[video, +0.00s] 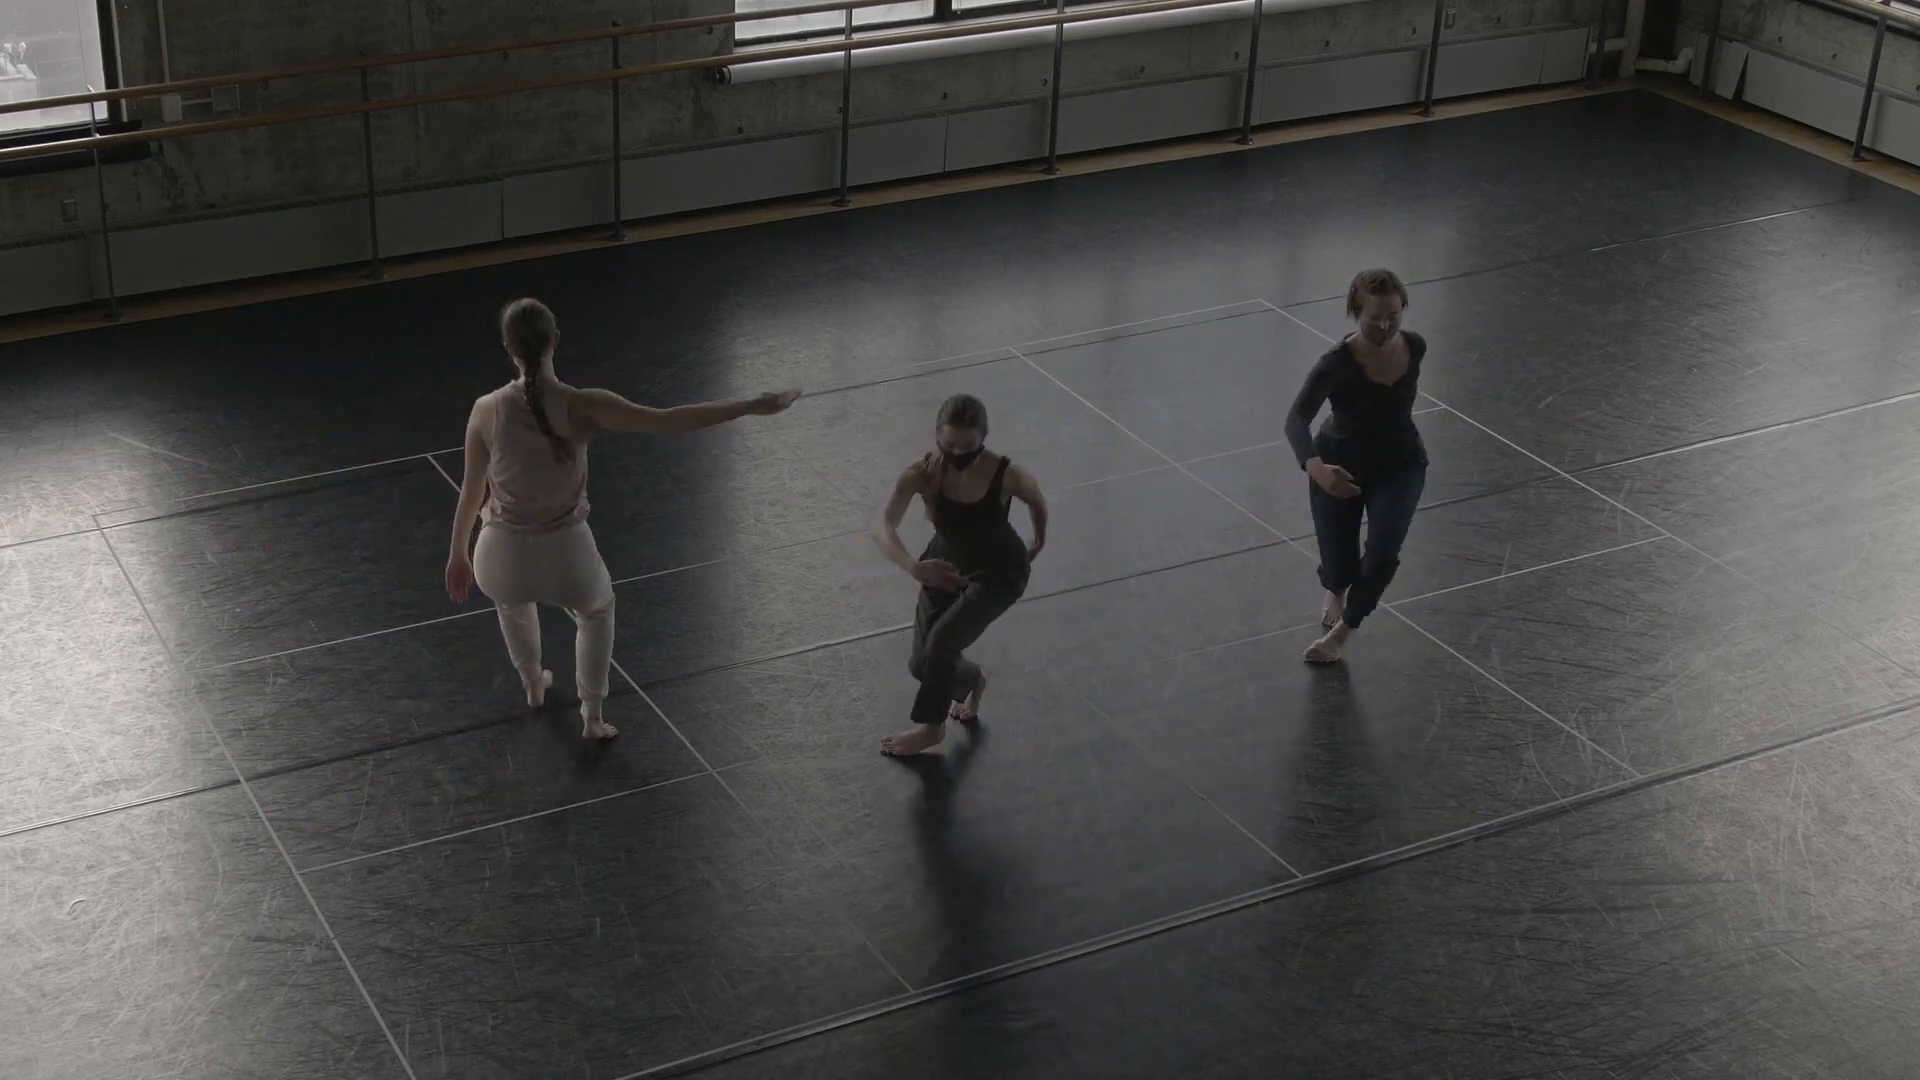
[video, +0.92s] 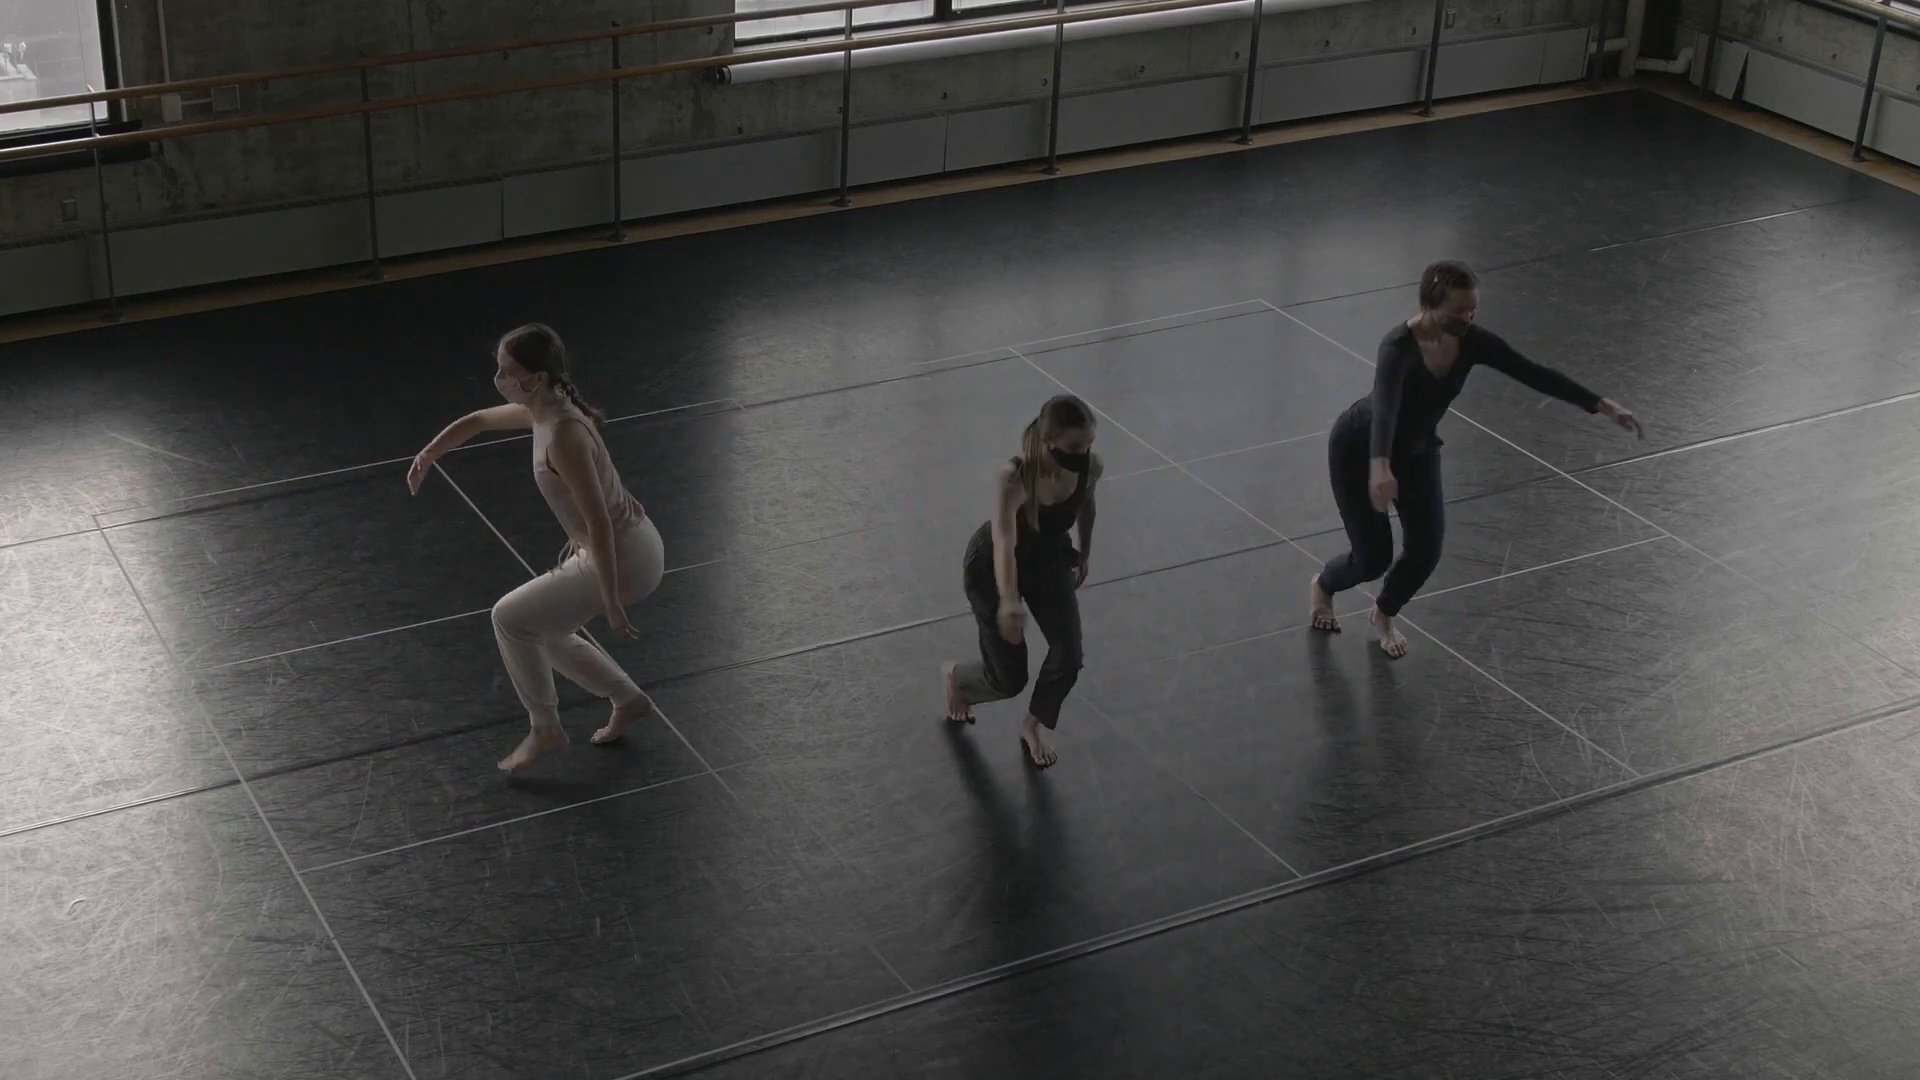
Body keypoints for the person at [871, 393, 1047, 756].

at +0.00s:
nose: (957, 458)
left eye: (966, 451)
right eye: (949, 448)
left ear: (983, 439)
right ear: (937, 434)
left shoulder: (1007, 476)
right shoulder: (920, 474)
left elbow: (1037, 504)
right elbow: (885, 530)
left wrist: (1038, 543)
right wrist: (913, 567)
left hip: (999, 568)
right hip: (947, 559)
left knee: (941, 642)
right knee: (921, 664)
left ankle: (933, 728)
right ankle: (972, 678)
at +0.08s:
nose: (985, 438)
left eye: (993, 430)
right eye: (977, 431)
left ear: (1003, 421)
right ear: (957, 422)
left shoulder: (1019, 452)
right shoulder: (933, 459)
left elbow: (1033, 487)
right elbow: (909, 519)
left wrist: (1026, 527)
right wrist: (954, 558)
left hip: (1005, 549)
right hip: (949, 549)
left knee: (978, 643)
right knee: (946, 651)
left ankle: (939, 736)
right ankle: (965, 697)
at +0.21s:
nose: (1015, 441)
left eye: (1020, 432)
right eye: (1005, 435)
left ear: (1027, 423)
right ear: (982, 428)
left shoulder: (1034, 451)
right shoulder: (953, 464)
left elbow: (1028, 493)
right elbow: (945, 531)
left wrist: (1017, 527)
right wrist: (1006, 562)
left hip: (1007, 546)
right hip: (952, 552)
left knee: (1016, 640)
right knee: (973, 653)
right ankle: (961, 693)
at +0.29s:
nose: (1033, 459)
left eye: (1036, 451)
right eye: (1024, 454)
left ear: (1040, 442)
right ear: (997, 448)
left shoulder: (1040, 466)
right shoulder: (967, 484)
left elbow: (1015, 502)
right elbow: (972, 556)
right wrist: (1041, 581)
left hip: (1008, 555)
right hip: (954, 567)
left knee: (1041, 643)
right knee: (988, 674)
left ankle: (1034, 726)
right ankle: (954, 681)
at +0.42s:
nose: (1045, 519)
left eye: (1050, 510)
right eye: (1037, 512)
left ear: (1055, 497)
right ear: (1012, 502)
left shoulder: (1041, 518)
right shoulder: (983, 538)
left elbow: (1019, 556)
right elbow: (1011, 615)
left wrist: (1025, 581)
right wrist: (1084, 623)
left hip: (1010, 594)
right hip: (960, 608)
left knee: (1054, 651)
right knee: (1005, 704)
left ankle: (1031, 727)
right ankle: (957, 682)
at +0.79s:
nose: (1070, 506)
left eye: (1075, 497)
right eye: (1060, 500)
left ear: (1079, 488)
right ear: (1035, 494)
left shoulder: (1074, 513)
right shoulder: (1002, 530)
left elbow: (1067, 540)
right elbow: (1032, 600)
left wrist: (1063, 584)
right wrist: (1092, 637)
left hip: (1023, 588)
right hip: (976, 597)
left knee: (1063, 657)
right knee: (1017, 701)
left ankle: (1032, 725)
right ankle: (958, 682)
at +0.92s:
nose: (1083, 453)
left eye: (1087, 444)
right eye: (1074, 448)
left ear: (1091, 435)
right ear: (1047, 442)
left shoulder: (1089, 467)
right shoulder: (1013, 477)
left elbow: (1086, 508)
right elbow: (1004, 544)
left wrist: (1084, 553)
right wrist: (1008, 601)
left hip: (1046, 558)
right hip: (995, 562)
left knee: (1068, 650)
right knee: (1009, 679)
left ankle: (1034, 726)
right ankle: (956, 681)